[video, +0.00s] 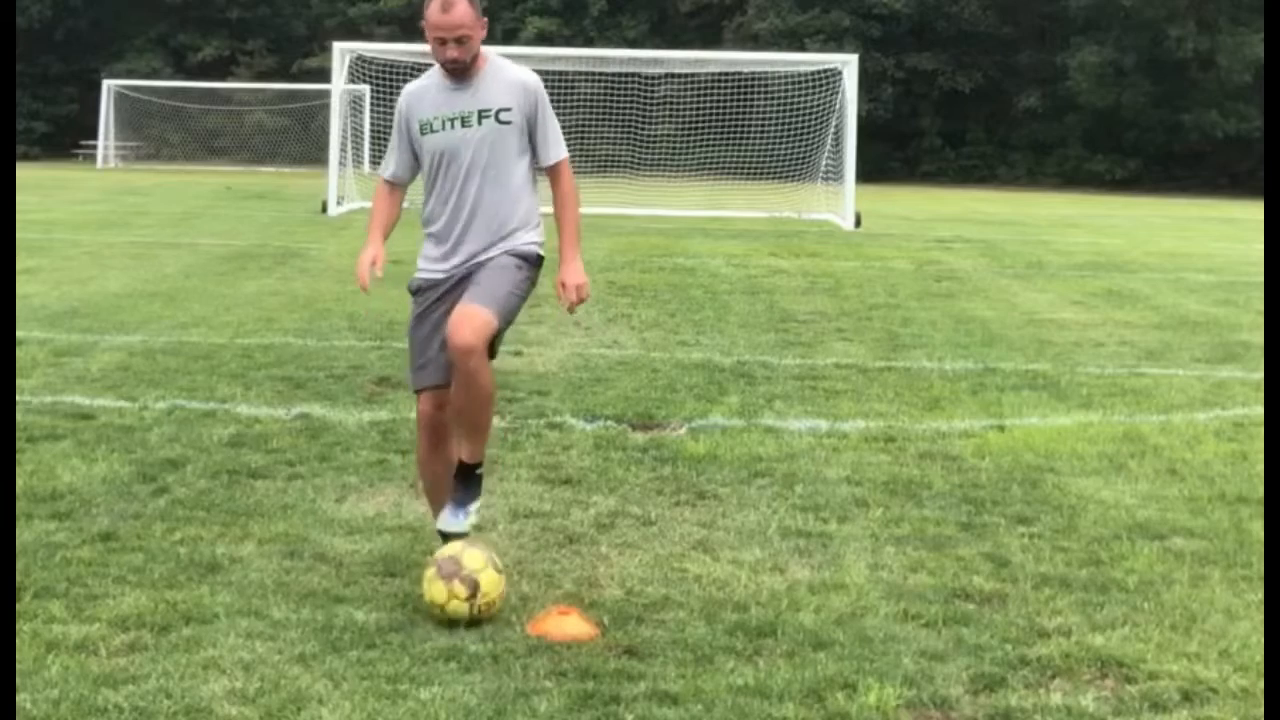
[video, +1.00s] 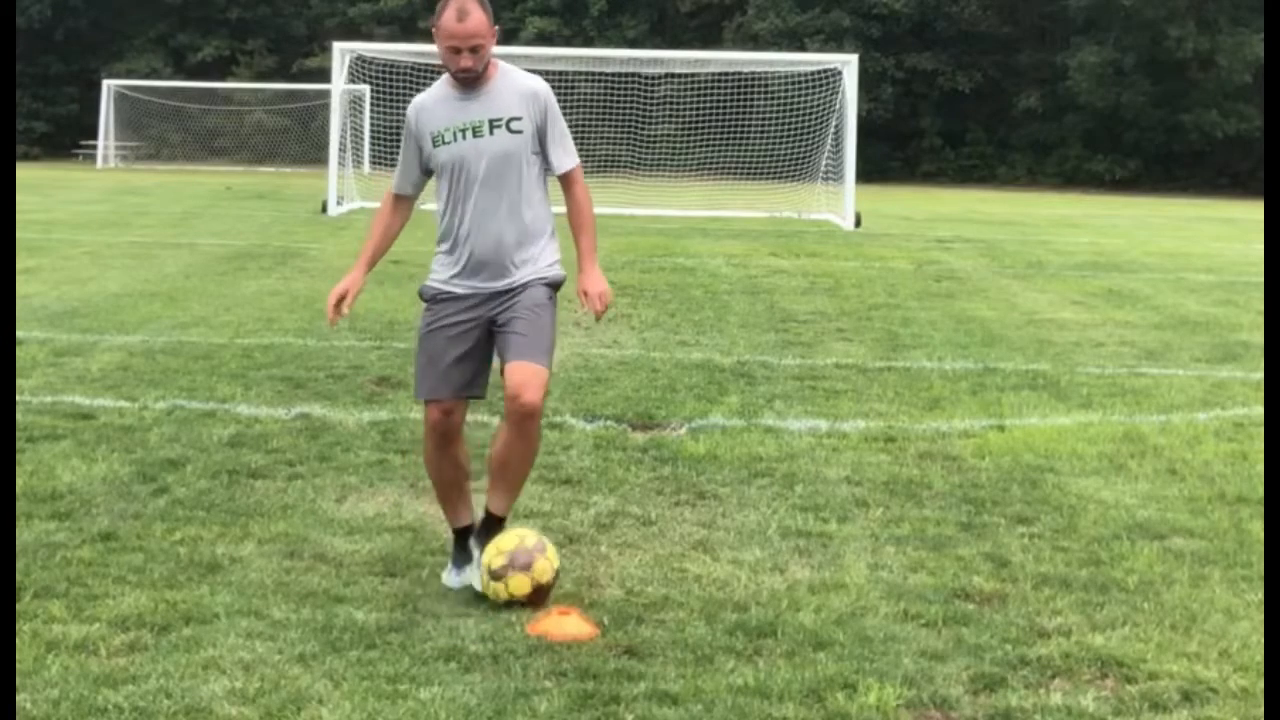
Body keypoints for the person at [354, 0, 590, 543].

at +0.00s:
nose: (451, 53)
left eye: (461, 40)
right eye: (439, 42)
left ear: (483, 29)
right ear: (425, 36)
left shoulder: (522, 86)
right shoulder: (414, 98)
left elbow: (560, 172)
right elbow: (393, 181)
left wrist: (571, 259)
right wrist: (374, 240)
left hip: (509, 249)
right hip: (441, 262)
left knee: (464, 337)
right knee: (431, 410)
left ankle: (469, 477)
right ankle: (448, 542)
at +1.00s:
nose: (464, 61)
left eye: (475, 49)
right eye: (453, 50)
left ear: (494, 36)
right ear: (436, 42)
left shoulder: (533, 94)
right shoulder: (423, 111)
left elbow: (573, 180)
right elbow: (400, 199)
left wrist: (589, 266)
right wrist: (359, 269)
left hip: (528, 279)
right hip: (454, 285)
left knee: (527, 402)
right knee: (441, 416)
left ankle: (492, 534)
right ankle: (462, 541)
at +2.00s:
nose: (523, 68)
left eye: (532, 55)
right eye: (510, 57)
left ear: (544, 43)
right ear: (486, 47)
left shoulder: (570, 97)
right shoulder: (461, 116)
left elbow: (598, 182)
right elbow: (427, 200)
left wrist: (628, 260)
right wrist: (407, 287)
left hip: (578, 276)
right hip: (501, 291)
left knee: (650, 377)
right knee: (487, 426)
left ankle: (649, 532)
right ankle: (478, 557)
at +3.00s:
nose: (631, 83)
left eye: (642, 70)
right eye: (619, 70)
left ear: (657, 64)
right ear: (597, 62)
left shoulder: (677, 120)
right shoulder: (565, 123)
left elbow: (704, 199)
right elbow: (527, 206)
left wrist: (719, 279)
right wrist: (515, 299)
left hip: (650, 283)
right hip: (578, 277)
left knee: (681, 417)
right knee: (592, 370)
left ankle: (675, 561)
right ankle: (592, 499)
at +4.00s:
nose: (659, 48)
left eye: (670, 37)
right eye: (648, 37)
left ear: (686, 27)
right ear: (626, 24)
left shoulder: (711, 83)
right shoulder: (593, 83)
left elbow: (736, 164)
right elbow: (565, 169)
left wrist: (738, 237)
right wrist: (551, 255)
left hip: (686, 256)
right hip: (614, 248)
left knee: (691, 397)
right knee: (648, 346)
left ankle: (687, 543)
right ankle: (648, 474)